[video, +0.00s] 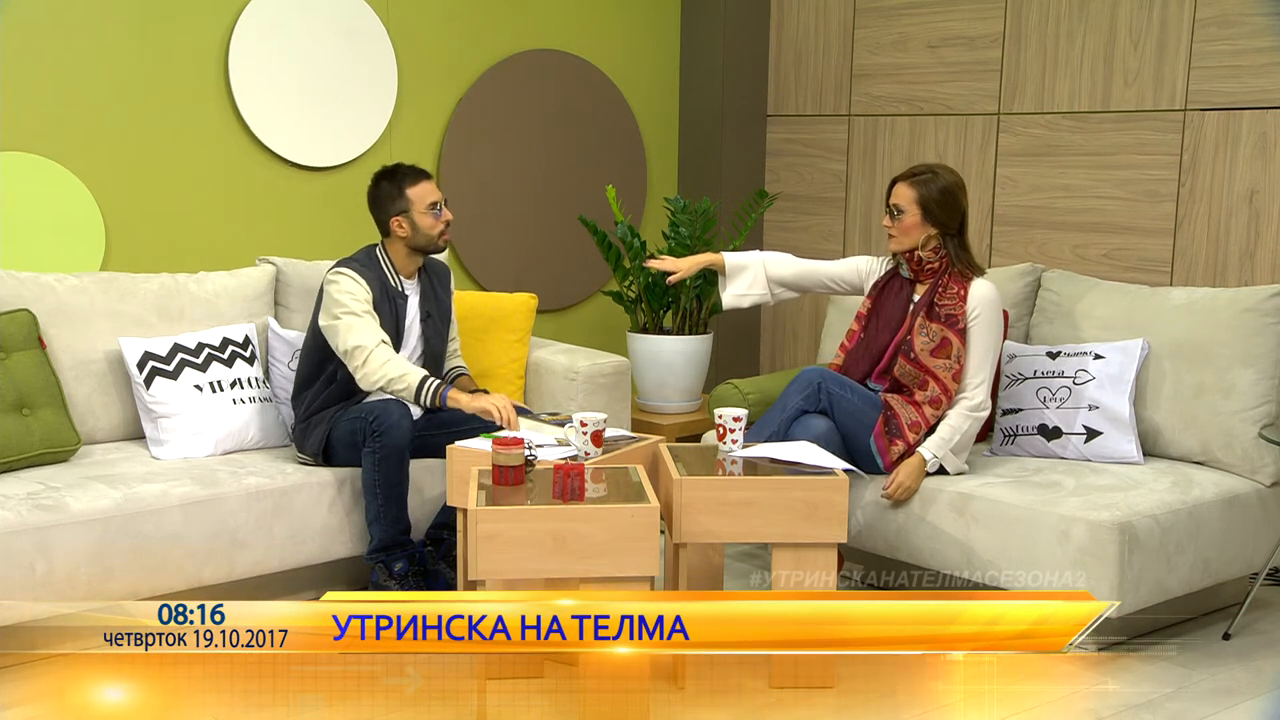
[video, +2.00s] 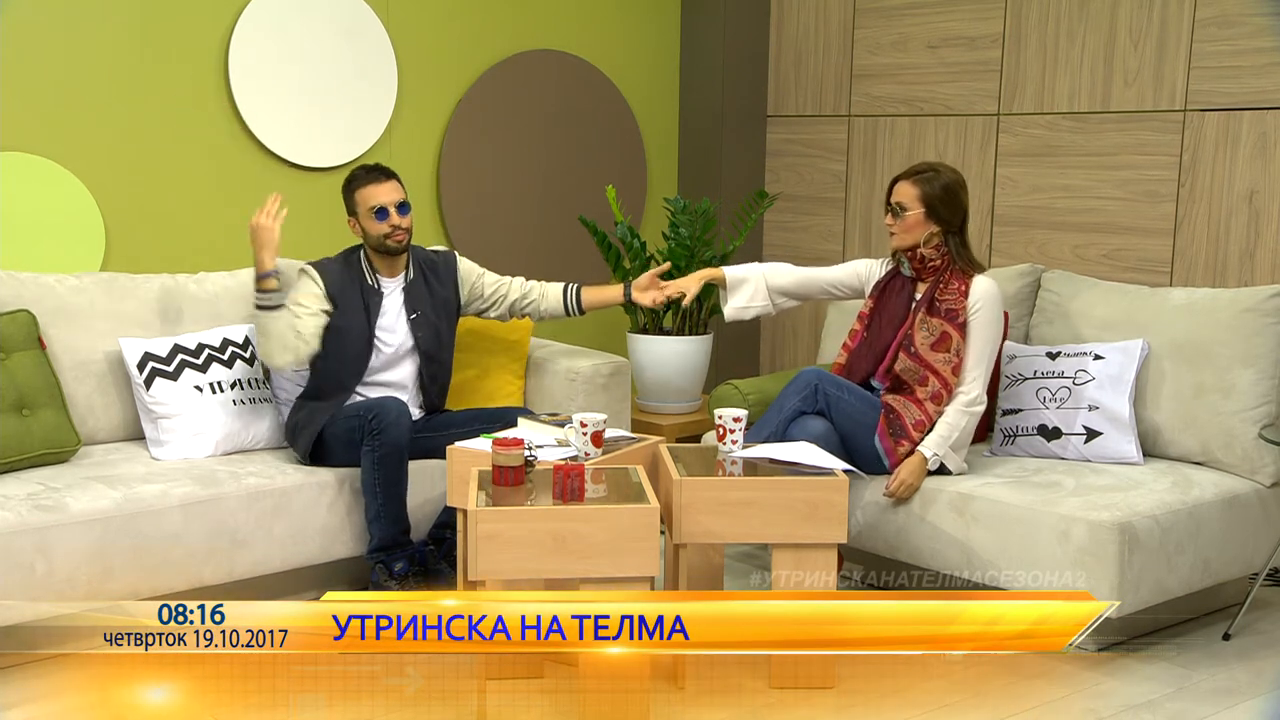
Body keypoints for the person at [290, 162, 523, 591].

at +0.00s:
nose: (448, 217)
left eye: (444, 206)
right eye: (434, 210)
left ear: (404, 227)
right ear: (399, 226)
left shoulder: (437, 274)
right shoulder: (347, 281)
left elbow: (450, 359)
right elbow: (373, 363)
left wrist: (477, 396)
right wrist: (455, 398)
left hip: (409, 419)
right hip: (331, 424)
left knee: (501, 428)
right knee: (391, 414)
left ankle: (440, 547)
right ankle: (391, 561)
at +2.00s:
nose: (395, 221)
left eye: (401, 209)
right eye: (378, 214)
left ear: (412, 211)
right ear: (354, 224)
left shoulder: (444, 270)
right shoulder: (321, 279)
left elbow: (527, 297)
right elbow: (284, 358)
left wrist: (626, 292)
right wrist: (266, 271)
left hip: (416, 420)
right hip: (328, 427)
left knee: (517, 423)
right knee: (389, 412)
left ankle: (443, 548)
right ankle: (392, 560)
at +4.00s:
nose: (422, 225)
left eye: (428, 212)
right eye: (406, 216)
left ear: (438, 215)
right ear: (381, 226)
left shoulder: (465, 276)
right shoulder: (354, 275)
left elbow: (550, 301)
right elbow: (320, 343)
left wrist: (656, 301)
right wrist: (355, 288)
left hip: (416, 421)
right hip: (332, 422)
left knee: (514, 431)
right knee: (393, 410)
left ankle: (443, 550)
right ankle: (392, 559)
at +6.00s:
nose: (392, 232)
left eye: (406, 223)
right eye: (383, 221)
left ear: (426, 232)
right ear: (372, 228)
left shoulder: (454, 283)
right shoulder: (341, 295)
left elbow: (528, 322)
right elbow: (328, 388)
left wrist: (627, 339)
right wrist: (382, 389)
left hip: (435, 419)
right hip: (353, 424)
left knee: (531, 429)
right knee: (404, 414)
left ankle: (452, 548)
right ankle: (409, 557)